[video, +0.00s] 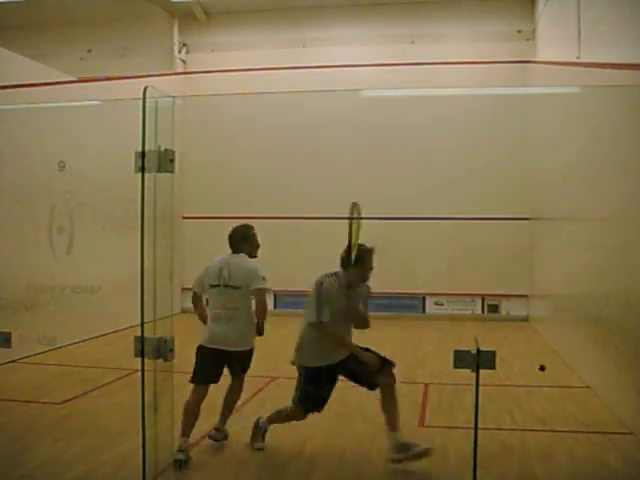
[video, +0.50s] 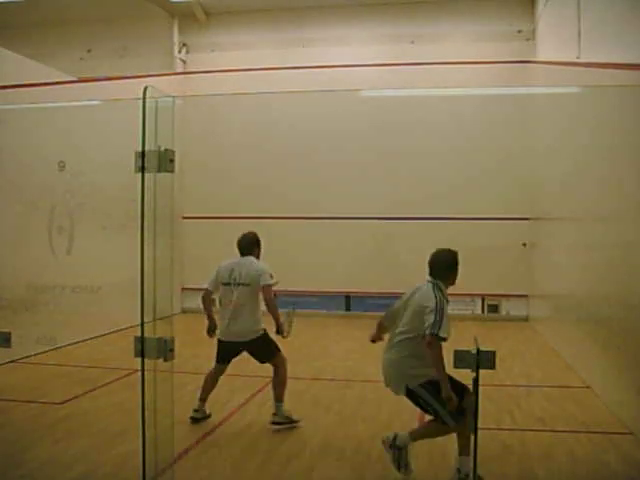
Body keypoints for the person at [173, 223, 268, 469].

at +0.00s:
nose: (259, 244)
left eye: (257, 239)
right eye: (256, 240)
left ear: (233, 244)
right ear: (246, 243)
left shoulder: (213, 266)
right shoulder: (253, 268)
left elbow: (196, 298)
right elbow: (261, 302)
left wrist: (209, 323)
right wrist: (260, 325)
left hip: (212, 340)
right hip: (241, 342)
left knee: (197, 391)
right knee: (237, 380)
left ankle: (182, 445)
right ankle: (220, 426)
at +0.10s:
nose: (260, 249)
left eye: (259, 244)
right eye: (257, 244)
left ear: (236, 247)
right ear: (247, 247)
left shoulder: (215, 267)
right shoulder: (249, 269)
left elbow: (197, 297)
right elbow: (253, 302)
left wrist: (205, 325)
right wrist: (258, 329)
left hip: (209, 338)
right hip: (238, 340)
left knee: (198, 390)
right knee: (238, 379)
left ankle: (184, 440)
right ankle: (231, 421)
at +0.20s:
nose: (262, 244)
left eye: (261, 239)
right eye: (259, 240)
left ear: (237, 242)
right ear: (248, 241)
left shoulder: (216, 262)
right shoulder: (251, 264)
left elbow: (198, 290)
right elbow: (257, 294)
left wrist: (200, 319)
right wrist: (263, 323)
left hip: (214, 334)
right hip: (242, 335)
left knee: (205, 379)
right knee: (239, 377)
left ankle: (192, 419)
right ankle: (230, 421)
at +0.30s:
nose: (262, 235)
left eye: (261, 230)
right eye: (259, 231)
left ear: (239, 234)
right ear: (249, 233)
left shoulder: (218, 254)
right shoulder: (254, 255)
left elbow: (198, 282)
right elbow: (262, 284)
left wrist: (200, 310)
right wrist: (269, 311)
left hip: (220, 326)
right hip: (247, 327)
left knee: (213, 368)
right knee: (245, 371)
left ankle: (202, 410)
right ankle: (233, 416)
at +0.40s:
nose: (260, 237)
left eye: (259, 233)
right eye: (258, 233)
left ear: (238, 236)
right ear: (253, 235)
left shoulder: (220, 255)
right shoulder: (258, 254)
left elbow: (200, 282)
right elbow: (266, 283)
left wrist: (203, 310)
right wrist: (273, 308)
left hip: (224, 322)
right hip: (251, 323)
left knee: (217, 363)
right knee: (262, 363)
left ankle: (203, 410)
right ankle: (250, 407)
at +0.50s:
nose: (261, 251)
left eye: (260, 247)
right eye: (260, 247)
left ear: (239, 250)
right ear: (257, 248)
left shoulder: (224, 268)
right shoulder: (260, 269)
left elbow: (206, 296)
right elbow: (269, 298)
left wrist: (210, 320)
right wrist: (278, 323)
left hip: (227, 334)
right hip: (253, 334)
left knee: (217, 369)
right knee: (280, 363)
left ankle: (199, 408)